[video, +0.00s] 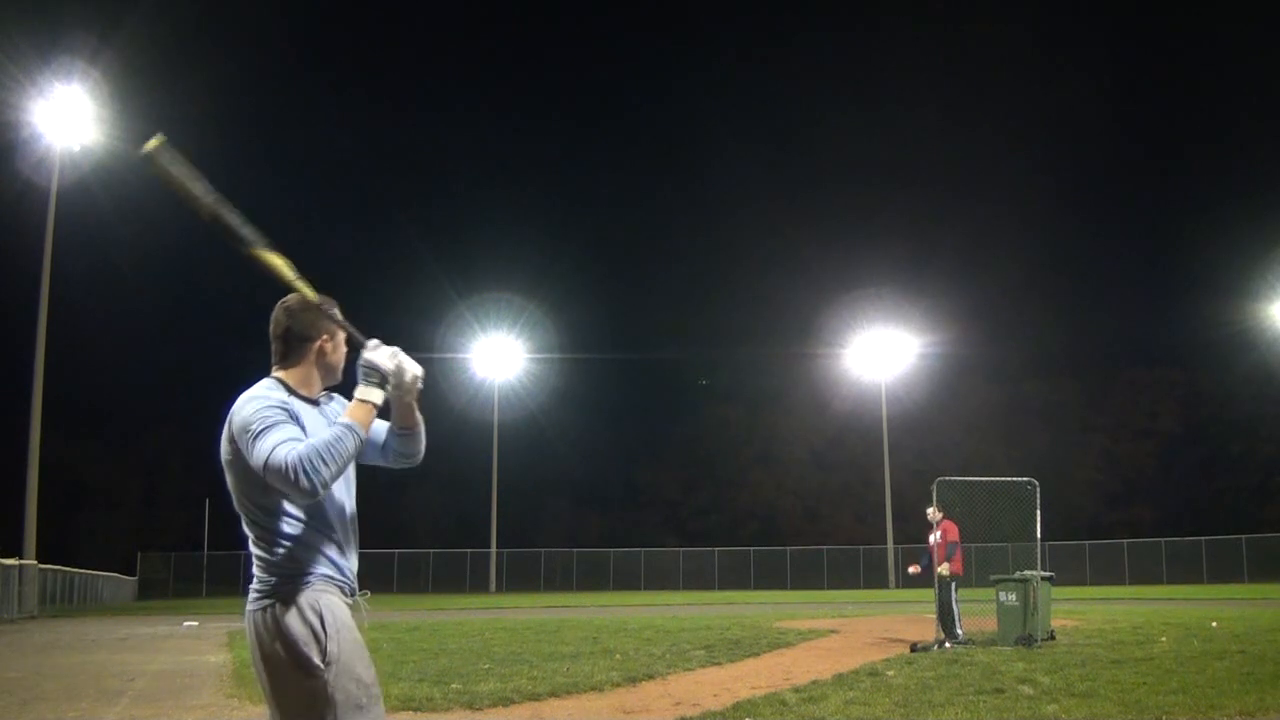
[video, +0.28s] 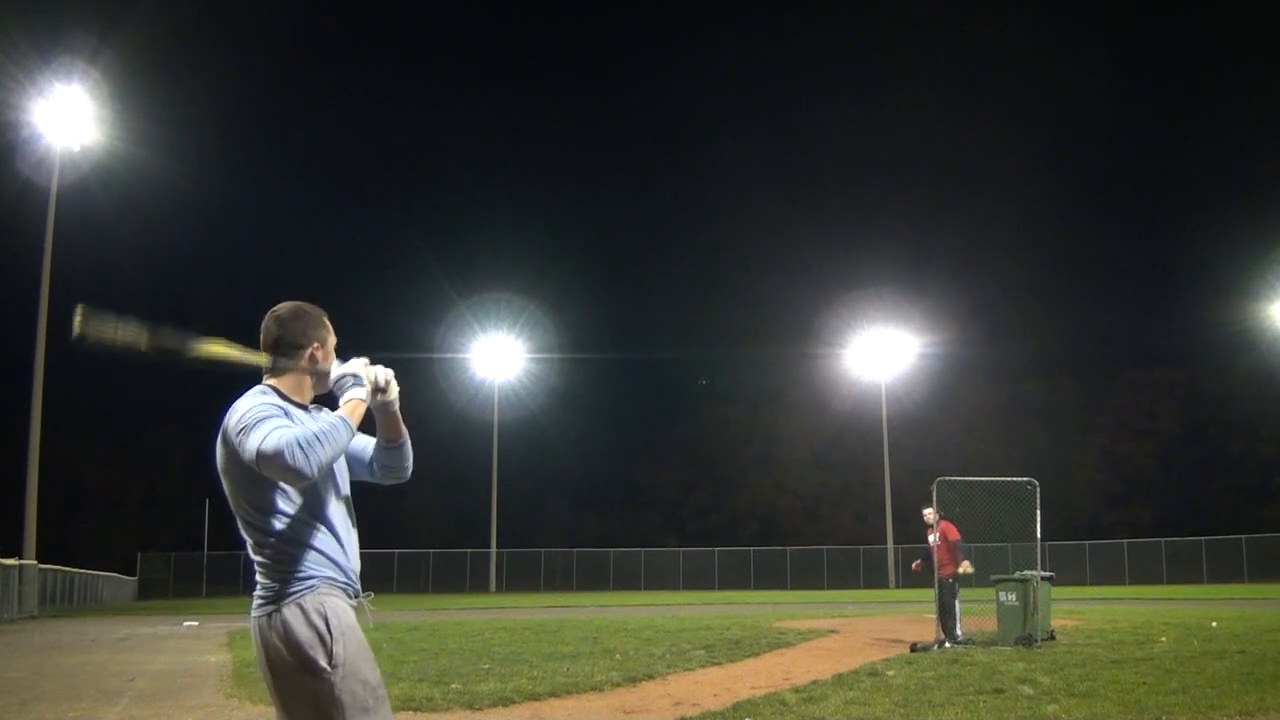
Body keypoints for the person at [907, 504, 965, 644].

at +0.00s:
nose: (930, 516)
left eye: (932, 513)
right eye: (928, 514)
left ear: (940, 513)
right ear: (928, 517)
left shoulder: (949, 526)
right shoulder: (932, 533)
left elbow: (952, 545)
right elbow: (930, 554)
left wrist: (947, 562)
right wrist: (920, 566)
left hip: (950, 571)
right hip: (939, 572)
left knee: (949, 602)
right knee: (941, 604)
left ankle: (956, 634)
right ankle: (948, 634)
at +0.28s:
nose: (927, 517)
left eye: (929, 514)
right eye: (925, 515)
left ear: (937, 514)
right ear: (924, 518)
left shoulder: (946, 526)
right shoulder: (930, 531)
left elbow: (958, 544)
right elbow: (932, 551)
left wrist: (963, 561)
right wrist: (921, 561)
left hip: (950, 573)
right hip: (939, 574)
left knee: (950, 605)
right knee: (941, 606)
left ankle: (952, 636)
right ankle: (945, 636)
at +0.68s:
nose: (929, 518)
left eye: (931, 515)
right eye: (926, 516)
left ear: (938, 515)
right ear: (925, 519)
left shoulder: (952, 526)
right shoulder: (926, 536)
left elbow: (969, 540)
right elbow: (928, 557)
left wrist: (974, 557)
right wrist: (926, 573)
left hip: (957, 571)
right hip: (942, 575)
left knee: (955, 606)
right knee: (944, 607)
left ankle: (953, 637)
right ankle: (948, 636)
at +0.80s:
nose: (930, 517)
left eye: (932, 514)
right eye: (928, 515)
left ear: (939, 515)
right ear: (927, 519)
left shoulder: (954, 526)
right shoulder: (930, 532)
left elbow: (970, 539)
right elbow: (920, 529)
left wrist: (973, 553)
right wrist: (918, 516)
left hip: (958, 572)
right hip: (943, 575)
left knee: (955, 606)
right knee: (945, 607)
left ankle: (954, 636)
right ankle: (948, 636)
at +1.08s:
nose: (943, 511)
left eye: (945, 509)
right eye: (939, 509)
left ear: (951, 512)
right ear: (936, 513)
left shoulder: (961, 526)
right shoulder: (934, 527)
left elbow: (974, 542)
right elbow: (924, 534)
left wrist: (974, 558)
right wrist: (919, 524)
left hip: (958, 572)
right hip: (942, 574)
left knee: (955, 605)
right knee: (943, 606)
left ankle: (953, 637)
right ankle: (950, 634)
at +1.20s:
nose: (948, 511)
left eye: (950, 509)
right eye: (945, 509)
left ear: (956, 512)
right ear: (941, 512)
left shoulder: (965, 528)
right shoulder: (934, 530)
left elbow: (975, 547)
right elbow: (928, 549)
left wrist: (976, 565)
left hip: (959, 572)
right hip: (942, 573)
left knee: (955, 604)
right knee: (943, 604)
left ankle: (952, 636)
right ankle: (960, 625)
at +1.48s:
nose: (952, 514)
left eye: (955, 512)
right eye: (950, 512)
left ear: (961, 515)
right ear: (946, 515)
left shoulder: (968, 530)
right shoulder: (943, 532)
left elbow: (980, 550)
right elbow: (942, 554)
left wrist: (980, 570)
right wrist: (941, 573)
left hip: (963, 573)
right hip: (949, 574)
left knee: (960, 606)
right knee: (957, 606)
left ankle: (954, 637)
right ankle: (972, 632)